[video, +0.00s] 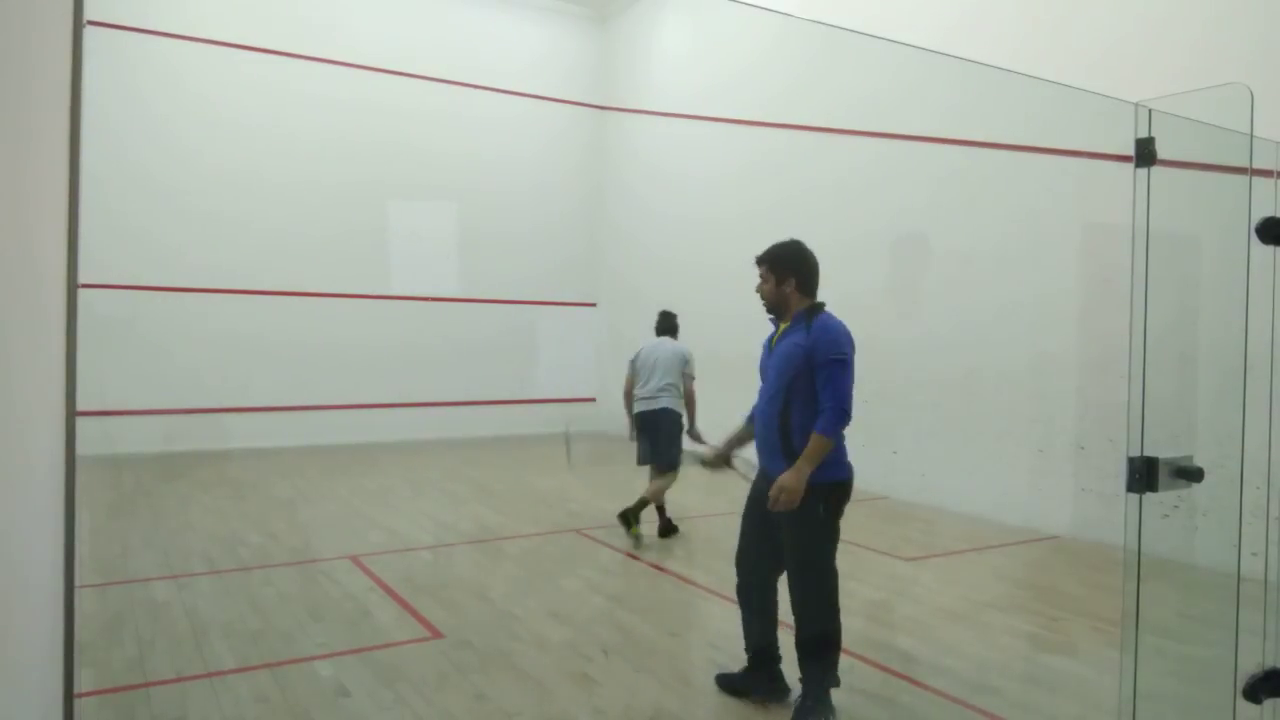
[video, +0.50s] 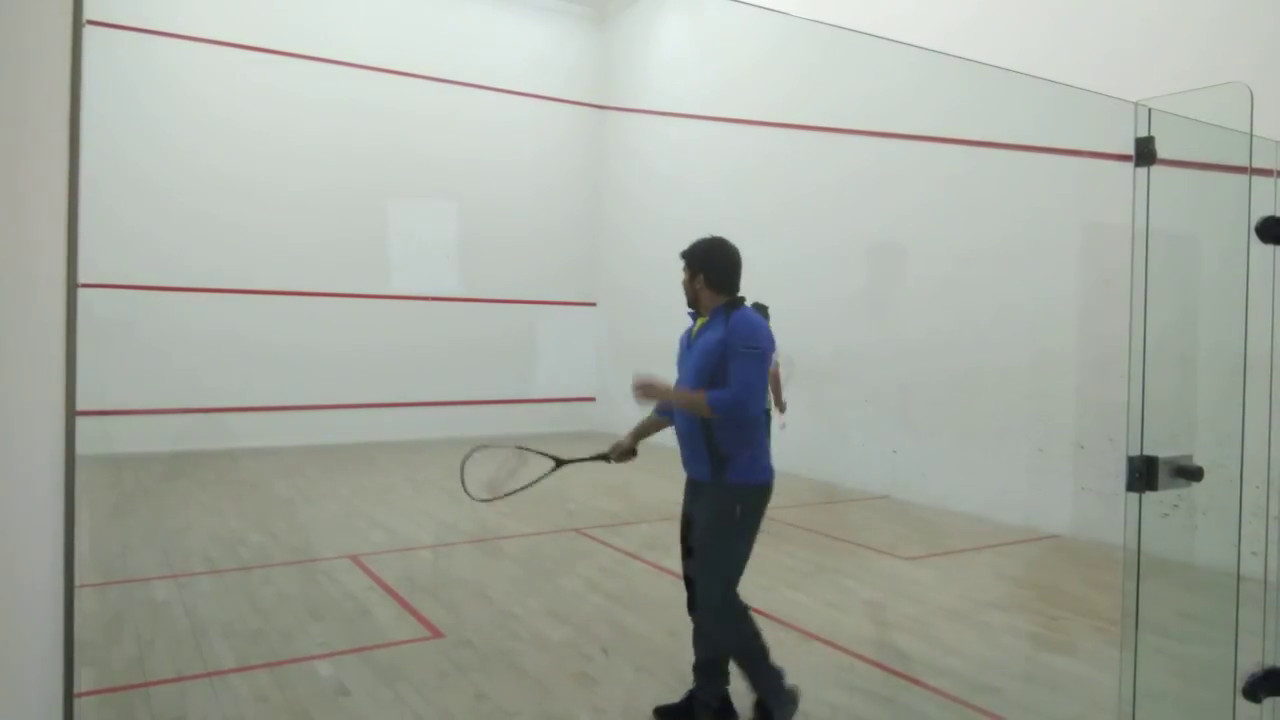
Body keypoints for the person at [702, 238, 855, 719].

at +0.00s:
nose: (758, 289)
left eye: (764, 279)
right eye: (759, 280)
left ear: (790, 282)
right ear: (787, 283)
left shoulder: (829, 336)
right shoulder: (777, 337)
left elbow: (836, 414)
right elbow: (769, 404)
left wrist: (800, 471)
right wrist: (729, 445)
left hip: (815, 483)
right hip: (772, 477)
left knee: (812, 585)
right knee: (753, 571)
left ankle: (816, 691)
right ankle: (763, 671)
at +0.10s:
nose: (754, 292)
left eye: (759, 283)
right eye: (754, 283)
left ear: (788, 283)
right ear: (785, 285)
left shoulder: (830, 335)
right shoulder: (777, 337)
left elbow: (847, 415)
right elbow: (782, 407)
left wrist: (813, 479)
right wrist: (773, 467)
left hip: (816, 487)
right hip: (772, 481)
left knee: (813, 590)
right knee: (751, 575)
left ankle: (817, 691)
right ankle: (765, 672)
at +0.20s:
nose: (740, 292)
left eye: (745, 282)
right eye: (739, 283)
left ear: (774, 283)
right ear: (771, 285)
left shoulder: (820, 336)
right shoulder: (766, 336)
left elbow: (851, 414)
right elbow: (775, 407)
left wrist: (844, 485)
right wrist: (770, 470)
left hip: (812, 492)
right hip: (766, 484)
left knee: (814, 596)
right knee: (744, 582)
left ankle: (816, 694)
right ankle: (742, 681)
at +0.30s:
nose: (720, 289)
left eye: (725, 280)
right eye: (721, 280)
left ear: (748, 284)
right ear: (750, 284)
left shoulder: (793, 336)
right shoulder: (744, 338)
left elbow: (820, 419)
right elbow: (747, 419)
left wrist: (821, 494)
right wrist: (738, 484)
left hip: (792, 495)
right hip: (751, 493)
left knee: (804, 600)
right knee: (735, 595)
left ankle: (816, 696)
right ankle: (713, 690)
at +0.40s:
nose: (697, 285)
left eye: (700, 277)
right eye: (699, 276)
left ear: (714, 282)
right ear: (730, 283)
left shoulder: (764, 334)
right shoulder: (713, 337)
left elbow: (766, 417)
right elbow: (703, 406)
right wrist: (669, 453)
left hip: (756, 486)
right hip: (717, 483)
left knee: (752, 596)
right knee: (713, 596)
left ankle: (808, 681)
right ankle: (709, 696)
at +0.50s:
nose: (682, 283)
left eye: (688, 274)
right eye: (684, 274)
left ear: (706, 278)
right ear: (711, 279)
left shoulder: (746, 327)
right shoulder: (694, 334)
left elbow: (743, 402)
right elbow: (684, 402)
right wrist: (633, 436)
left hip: (741, 483)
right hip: (703, 480)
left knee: (715, 591)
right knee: (701, 590)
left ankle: (774, 694)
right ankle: (709, 697)